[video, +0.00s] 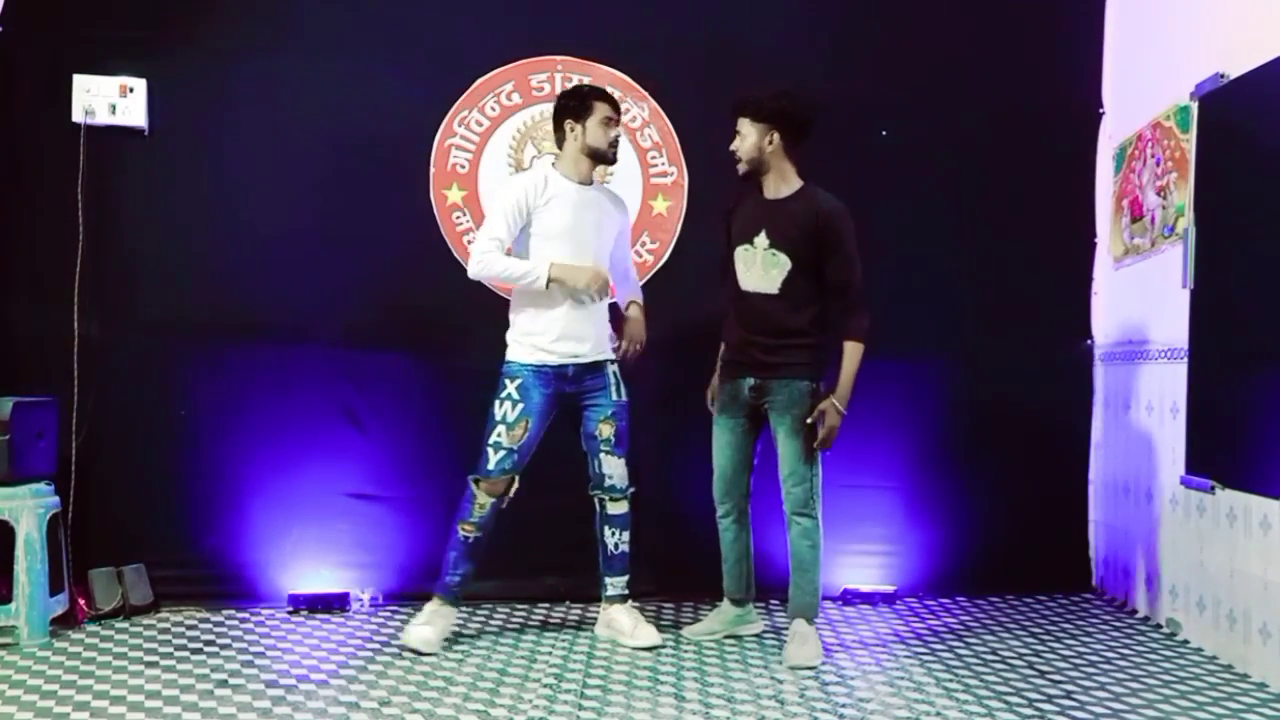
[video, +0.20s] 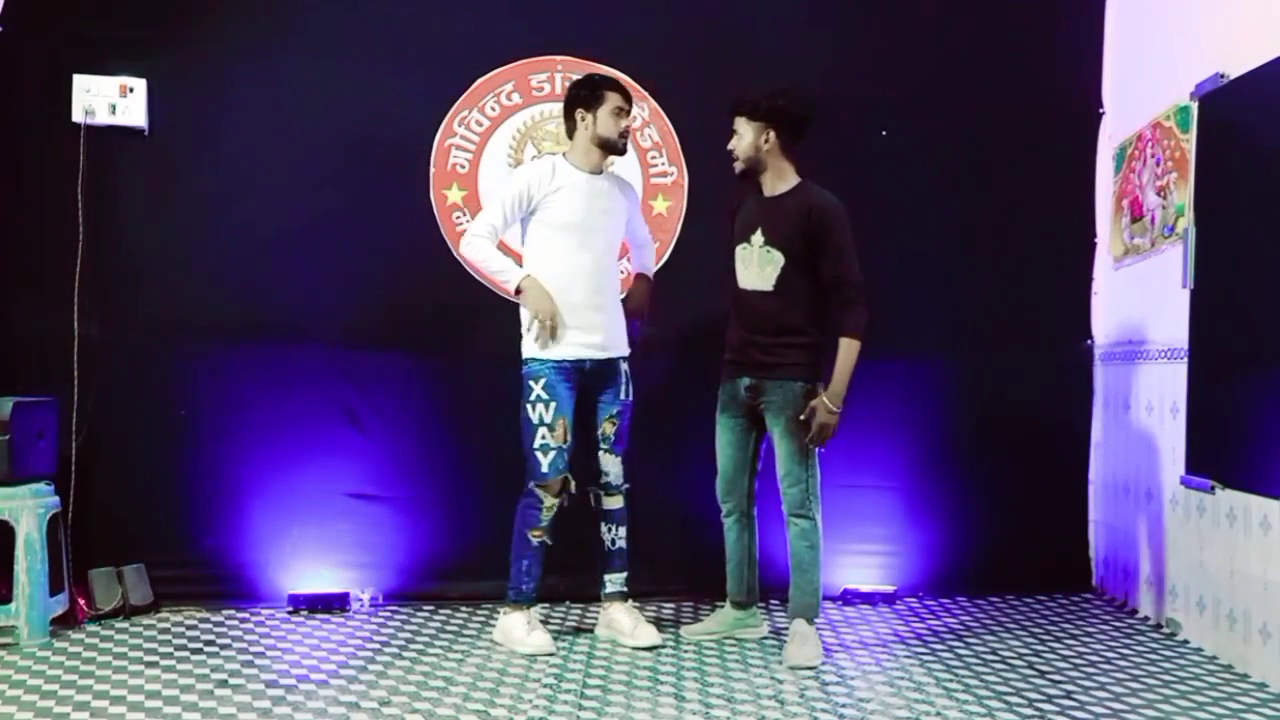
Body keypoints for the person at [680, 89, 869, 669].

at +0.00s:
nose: (734, 144)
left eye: (742, 133)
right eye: (735, 133)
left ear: (774, 139)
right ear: (764, 141)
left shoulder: (823, 213)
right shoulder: (741, 209)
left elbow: (855, 311)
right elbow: (737, 300)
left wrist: (840, 398)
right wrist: (720, 368)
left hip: (795, 379)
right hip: (735, 376)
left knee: (799, 505)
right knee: (728, 498)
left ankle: (802, 623)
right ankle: (737, 607)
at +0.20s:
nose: (731, 142)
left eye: (739, 131)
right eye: (733, 131)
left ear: (769, 137)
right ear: (763, 139)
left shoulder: (819, 209)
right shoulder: (746, 207)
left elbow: (853, 309)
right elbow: (747, 294)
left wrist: (833, 395)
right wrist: (737, 358)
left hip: (791, 380)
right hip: (736, 376)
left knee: (798, 505)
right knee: (732, 498)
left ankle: (802, 623)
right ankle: (741, 610)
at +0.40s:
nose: (726, 142)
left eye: (734, 132)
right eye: (727, 132)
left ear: (765, 139)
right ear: (755, 140)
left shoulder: (812, 206)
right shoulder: (746, 207)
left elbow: (858, 297)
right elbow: (751, 292)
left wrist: (820, 382)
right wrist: (739, 357)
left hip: (786, 381)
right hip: (735, 377)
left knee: (795, 505)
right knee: (733, 498)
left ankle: (802, 622)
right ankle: (741, 609)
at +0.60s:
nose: (720, 143)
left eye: (728, 133)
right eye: (722, 133)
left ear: (758, 139)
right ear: (752, 140)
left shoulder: (807, 201)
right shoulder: (744, 203)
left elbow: (885, 263)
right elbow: (757, 281)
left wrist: (823, 325)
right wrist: (729, 335)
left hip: (784, 377)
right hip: (733, 372)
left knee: (793, 505)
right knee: (731, 498)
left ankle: (802, 623)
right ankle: (740, 609)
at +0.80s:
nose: (718, 144)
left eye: (727, 134)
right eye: (720, 134)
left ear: (758, 140)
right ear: (748, 141)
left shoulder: (806, 201)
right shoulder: (741, 209)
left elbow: (877, 264)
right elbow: (747, 280)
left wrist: (812, 313)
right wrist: (730, 322)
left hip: (785, 379)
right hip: (735, 376)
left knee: (795, 504)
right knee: (732, 498)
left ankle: (802, 622)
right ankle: (741, 609)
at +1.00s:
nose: (721, 143)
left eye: (732, 133)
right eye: (723, 134)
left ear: (768, 141)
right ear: (746, 145)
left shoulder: (808, 202)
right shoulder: (736, 213)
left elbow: (874, 269)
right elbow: (731, 282)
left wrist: (809, 318)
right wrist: (729, 319)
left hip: (788, 379)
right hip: (737, 378)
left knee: (798, 503)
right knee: (737, 499)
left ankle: (802, 623)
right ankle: (742, 610)